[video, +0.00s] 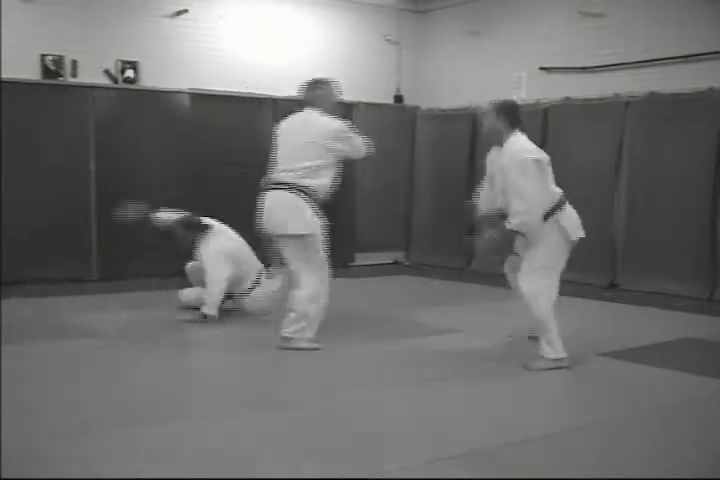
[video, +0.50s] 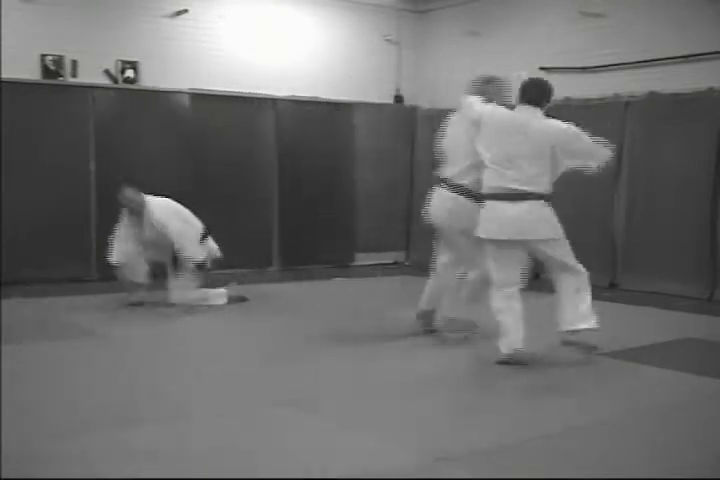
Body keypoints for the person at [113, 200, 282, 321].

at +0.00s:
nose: (180, 240)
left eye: (182, 235)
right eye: (178, 235)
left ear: (191, 233)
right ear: (191, 222)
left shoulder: (212, 250)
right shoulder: (208, 224)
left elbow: (217, 283)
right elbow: (179, 217)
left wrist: (208, 313)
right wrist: (151, 215)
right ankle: (224, 298)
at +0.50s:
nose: (129, 206)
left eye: (131, 200)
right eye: (125, 203)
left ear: (139, 195)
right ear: (123, 205)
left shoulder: (158, 209)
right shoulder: (129, 216)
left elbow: (182, 233)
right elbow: (120, 243)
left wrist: (192, 261)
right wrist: (118, 264)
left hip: (195, 251)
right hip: (169, 253)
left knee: (179, 296)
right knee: (128, 255)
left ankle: (225, 296)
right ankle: (139, 292)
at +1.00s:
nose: (122, 143)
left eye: (125, 139)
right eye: (117, 140)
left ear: (130, 142)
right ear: (110, 145)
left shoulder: (148, 159)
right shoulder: (106, 169)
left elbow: (180, 173)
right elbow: (98, 194)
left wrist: (168, 201)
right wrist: (97, 211)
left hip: (160, 213)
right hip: (131, 216)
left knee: (150, 259)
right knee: (125, 248)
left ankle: (153, 285)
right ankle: (139, 291)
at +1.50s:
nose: (130, 138)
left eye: (132, 134)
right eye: (125, 135)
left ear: (137, 135)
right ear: (115, 139)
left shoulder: (154, 152)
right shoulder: (107, 165)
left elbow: (178, 164)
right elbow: (94, 194)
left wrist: (167, 186)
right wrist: (93, 226)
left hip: (159, 207)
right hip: (129, 209)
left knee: (161, 248)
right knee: (115, 250)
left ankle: (161, 280)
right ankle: (110, 283)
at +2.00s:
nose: (211, 119)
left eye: (214, 114)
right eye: (206, 114)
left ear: (218, 117)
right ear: (194, 116)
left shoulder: (224, 144)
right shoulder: (178, 140)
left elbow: (232, 179)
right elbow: (148, 160)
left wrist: (238, 174)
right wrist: (154, 182)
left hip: (203, 206)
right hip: (174, 201)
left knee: (193, 248)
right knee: (190, 244)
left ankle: (167, 277)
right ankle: (199, 294)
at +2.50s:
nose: (302, 103)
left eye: (304, 99)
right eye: (296, 98)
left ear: (307, 104)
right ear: (282, 100)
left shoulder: (312, 133)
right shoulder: (265, 121)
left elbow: (336, 134)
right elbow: (220, 125)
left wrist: (325, 106)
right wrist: (223, 141)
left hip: (289, 207)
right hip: (257, 200)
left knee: (279, 259)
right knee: (277, 249)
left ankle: (251, 308)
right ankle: (262, 309)